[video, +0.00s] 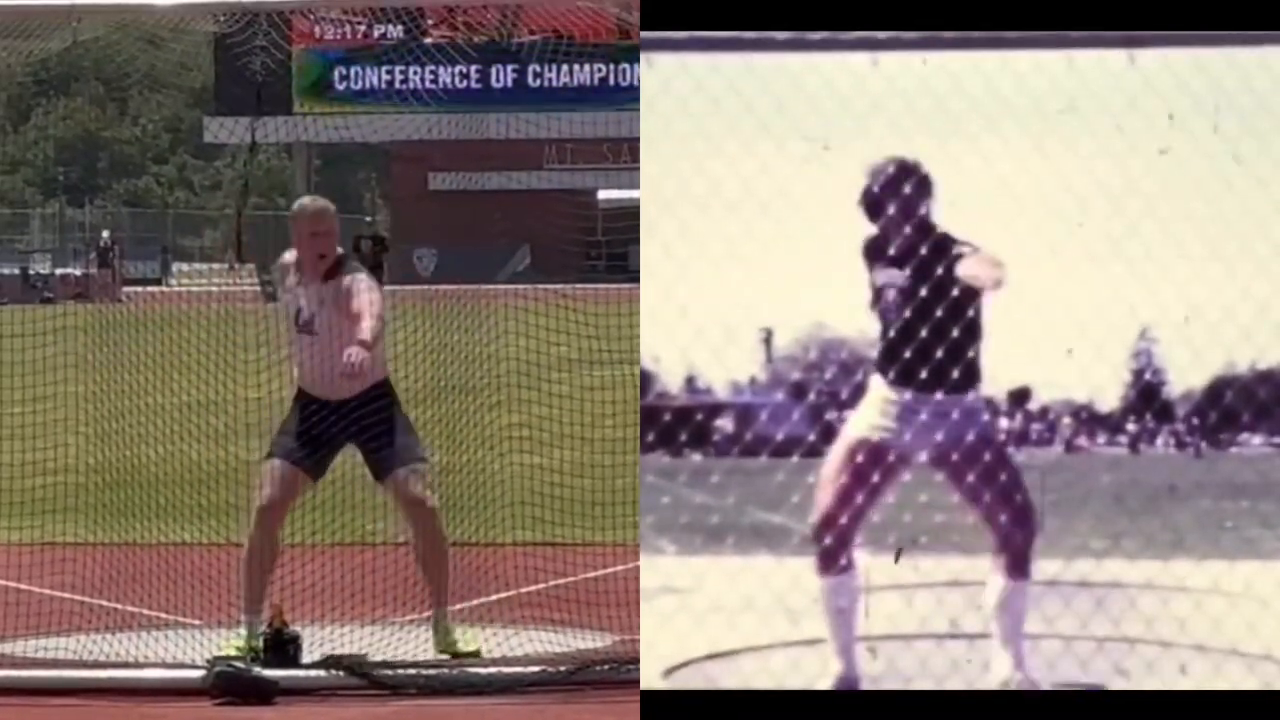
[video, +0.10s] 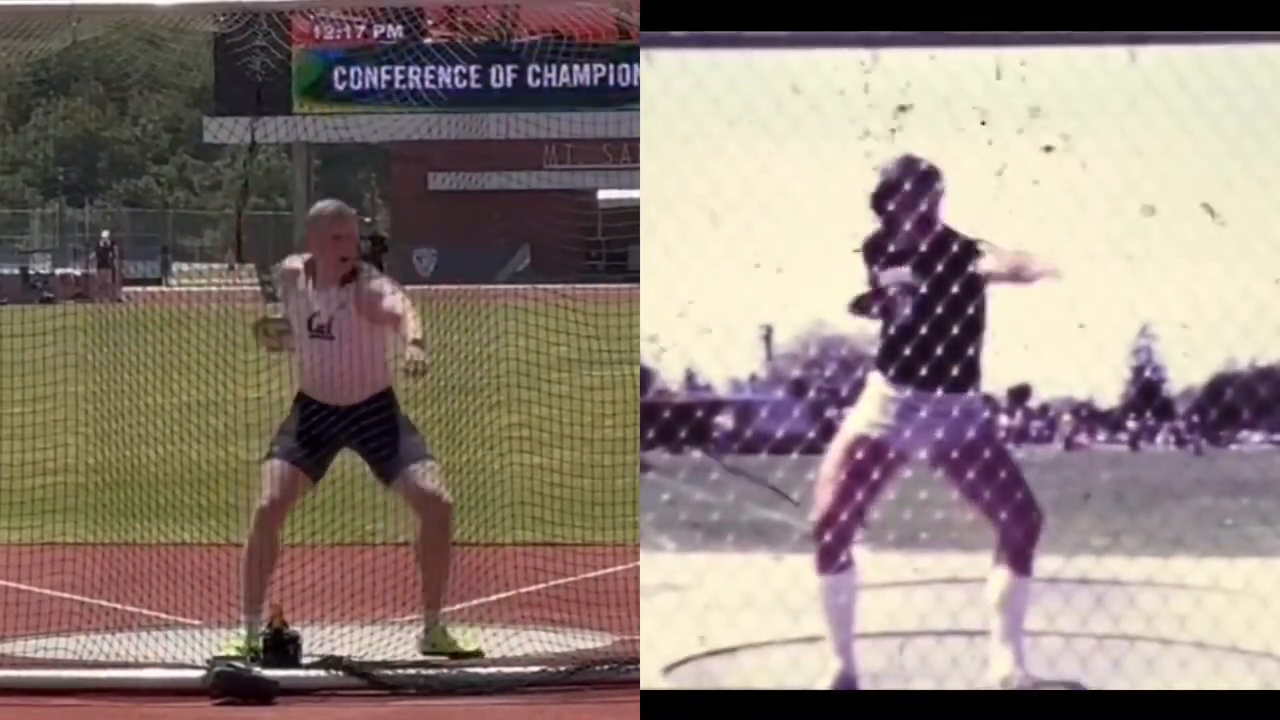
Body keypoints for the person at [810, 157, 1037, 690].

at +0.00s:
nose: (890, 225)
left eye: (899, 211)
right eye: (880, 214)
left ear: (923, 206)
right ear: (872, 213)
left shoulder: (946, 250)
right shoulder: (875, 252)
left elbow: (987, 271)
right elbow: (893, 311)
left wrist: (976, 275)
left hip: (956, 412)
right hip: (887, 407)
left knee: (1016, 526)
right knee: (829, 528)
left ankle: (1010, 667)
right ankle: (846, 669)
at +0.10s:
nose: (921, 215)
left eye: (928, 203)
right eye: (908, 205)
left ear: (939, 202)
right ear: (886, 206)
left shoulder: (958, 250)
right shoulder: (877, 250)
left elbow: (1018, 266)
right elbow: (886, 297)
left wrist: (1009, 271)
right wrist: (872, 306)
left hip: (958, 411)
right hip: (887, 405)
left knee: (1022, 521)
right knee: (830, 526)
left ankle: (1008, 668)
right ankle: (845, 669)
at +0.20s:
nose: (922, 225)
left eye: (933, 212)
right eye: (915, 212)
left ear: (954, 207)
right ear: (904, 209)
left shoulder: (986, 257)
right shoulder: (888, 250)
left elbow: (1058, 265)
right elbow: (848, 284)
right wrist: (830, 303)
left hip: (959, 418)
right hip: (888, 407)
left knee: (1026, 520)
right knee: (831, 526)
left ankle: (1007, 666)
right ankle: (840, 668)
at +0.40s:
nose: (993, 221)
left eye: (993, 211)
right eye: (984, 211)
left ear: (979, 211)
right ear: (960, 214)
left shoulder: (1011, 267)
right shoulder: (908, 259)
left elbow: (1107, 269)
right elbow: (842, 284)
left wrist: (1190, 264)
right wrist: (796, 299)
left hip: (953, 427)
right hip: (891, 413)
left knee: (1025, 532)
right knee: (844, 528)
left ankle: (1007, 670)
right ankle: (810, 659)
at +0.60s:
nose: (1028, 226)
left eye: (1027, 217)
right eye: (1021, 217)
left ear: (999, 219)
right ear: (994, 220)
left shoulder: (1025, 272)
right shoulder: (930, 263)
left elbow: (1097, 274)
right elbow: (849, 288)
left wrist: (1165, 272)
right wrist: (773, 305)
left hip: (960, 427)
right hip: (915, 408)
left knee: (1023, 542)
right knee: (910, 525)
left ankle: (1009, 672)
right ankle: (770, 633)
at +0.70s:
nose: (1036, 238)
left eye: (1035, 227)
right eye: (1030, 227)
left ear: (1004, 231)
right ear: (1009, 230)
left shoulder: (1022, 284)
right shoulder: (946, 274)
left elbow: (1070, 289)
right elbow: (863, 299)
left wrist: (1120, 292)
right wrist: (783, 319)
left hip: (960, 433)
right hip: (934, 417)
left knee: (1019, 553)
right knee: (943, 533)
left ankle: (1014, 676)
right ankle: (812, 628)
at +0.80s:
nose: (1038, 237)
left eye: (1038, 226)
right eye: (1035, 226)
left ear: (996, 225)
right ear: (1018, 228)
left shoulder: (1017, 282)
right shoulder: (956, 270)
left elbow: (1050, 289)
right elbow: (871, 294)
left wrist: (1083, 293)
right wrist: (791, 315)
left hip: (941, 415)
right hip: (944, 408)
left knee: (1013, 549)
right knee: (954, 529)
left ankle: (1013, 670)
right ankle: (846, 622)